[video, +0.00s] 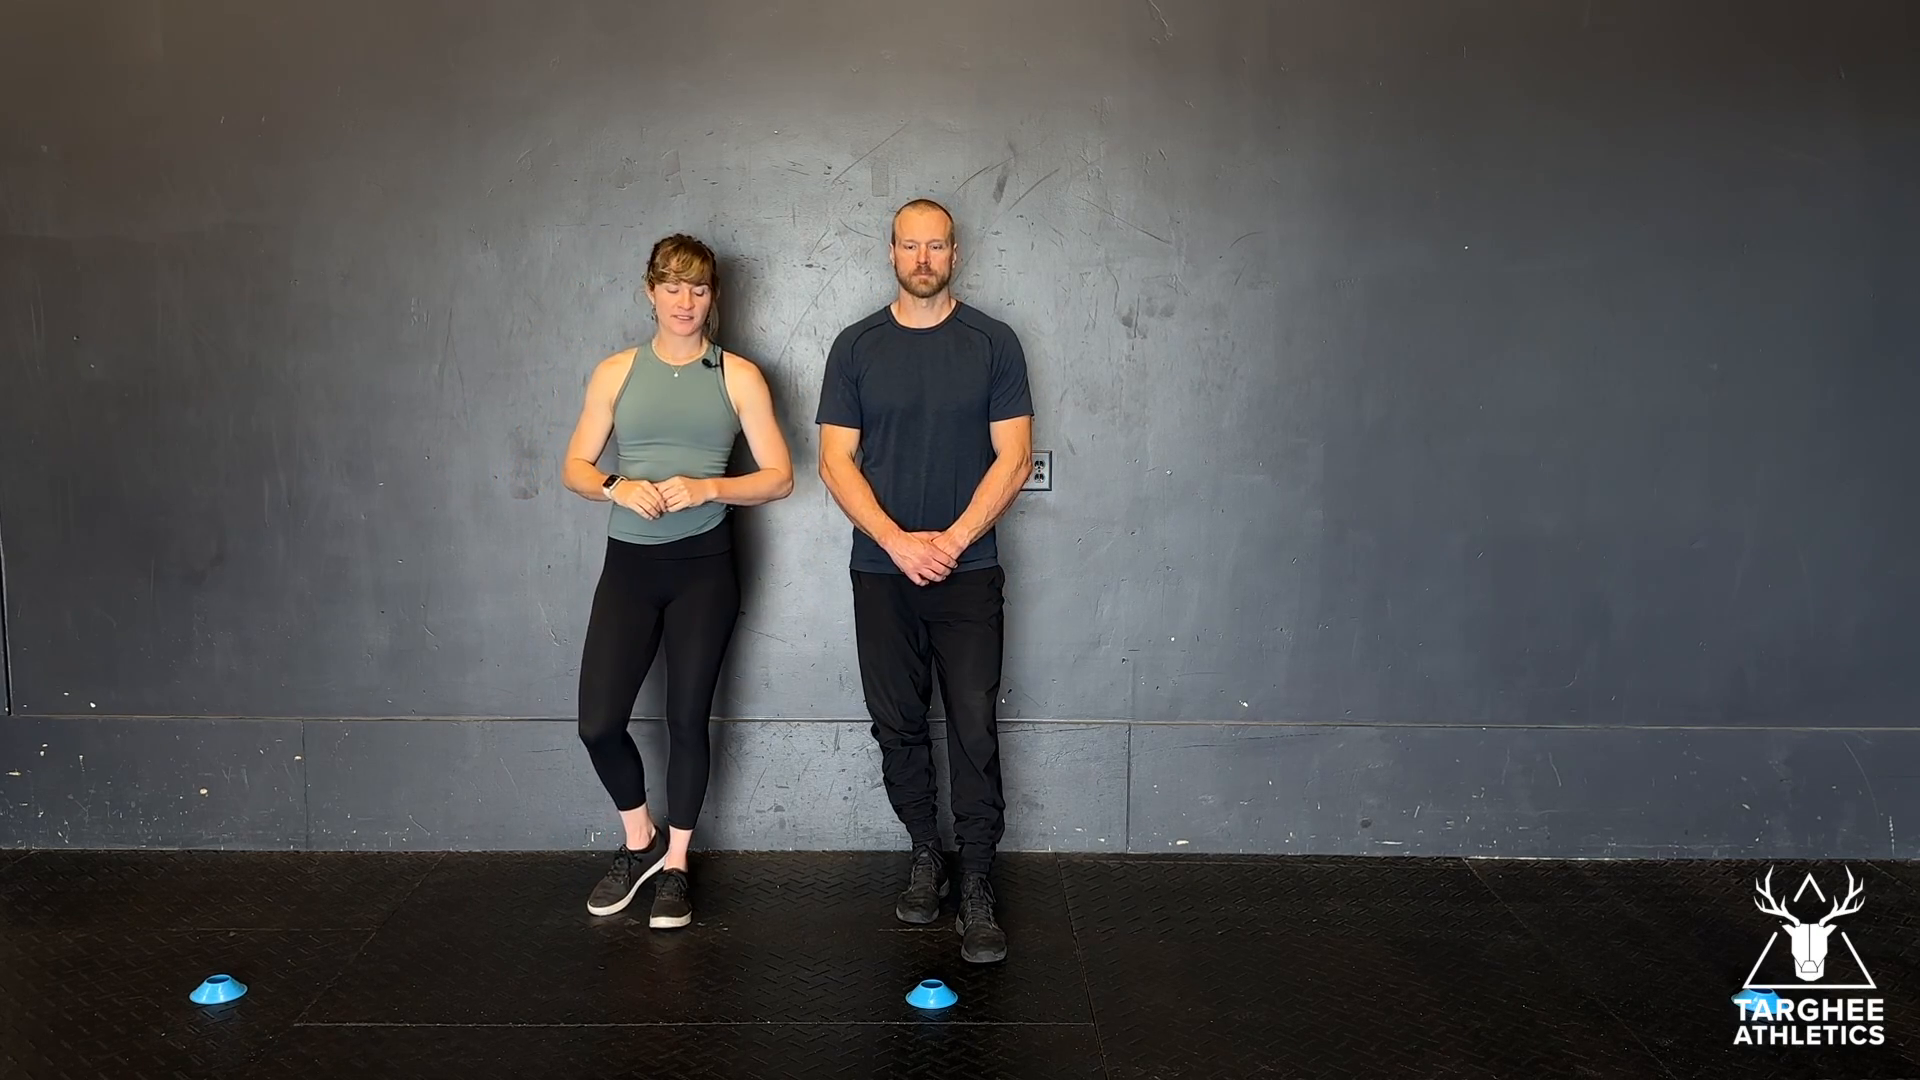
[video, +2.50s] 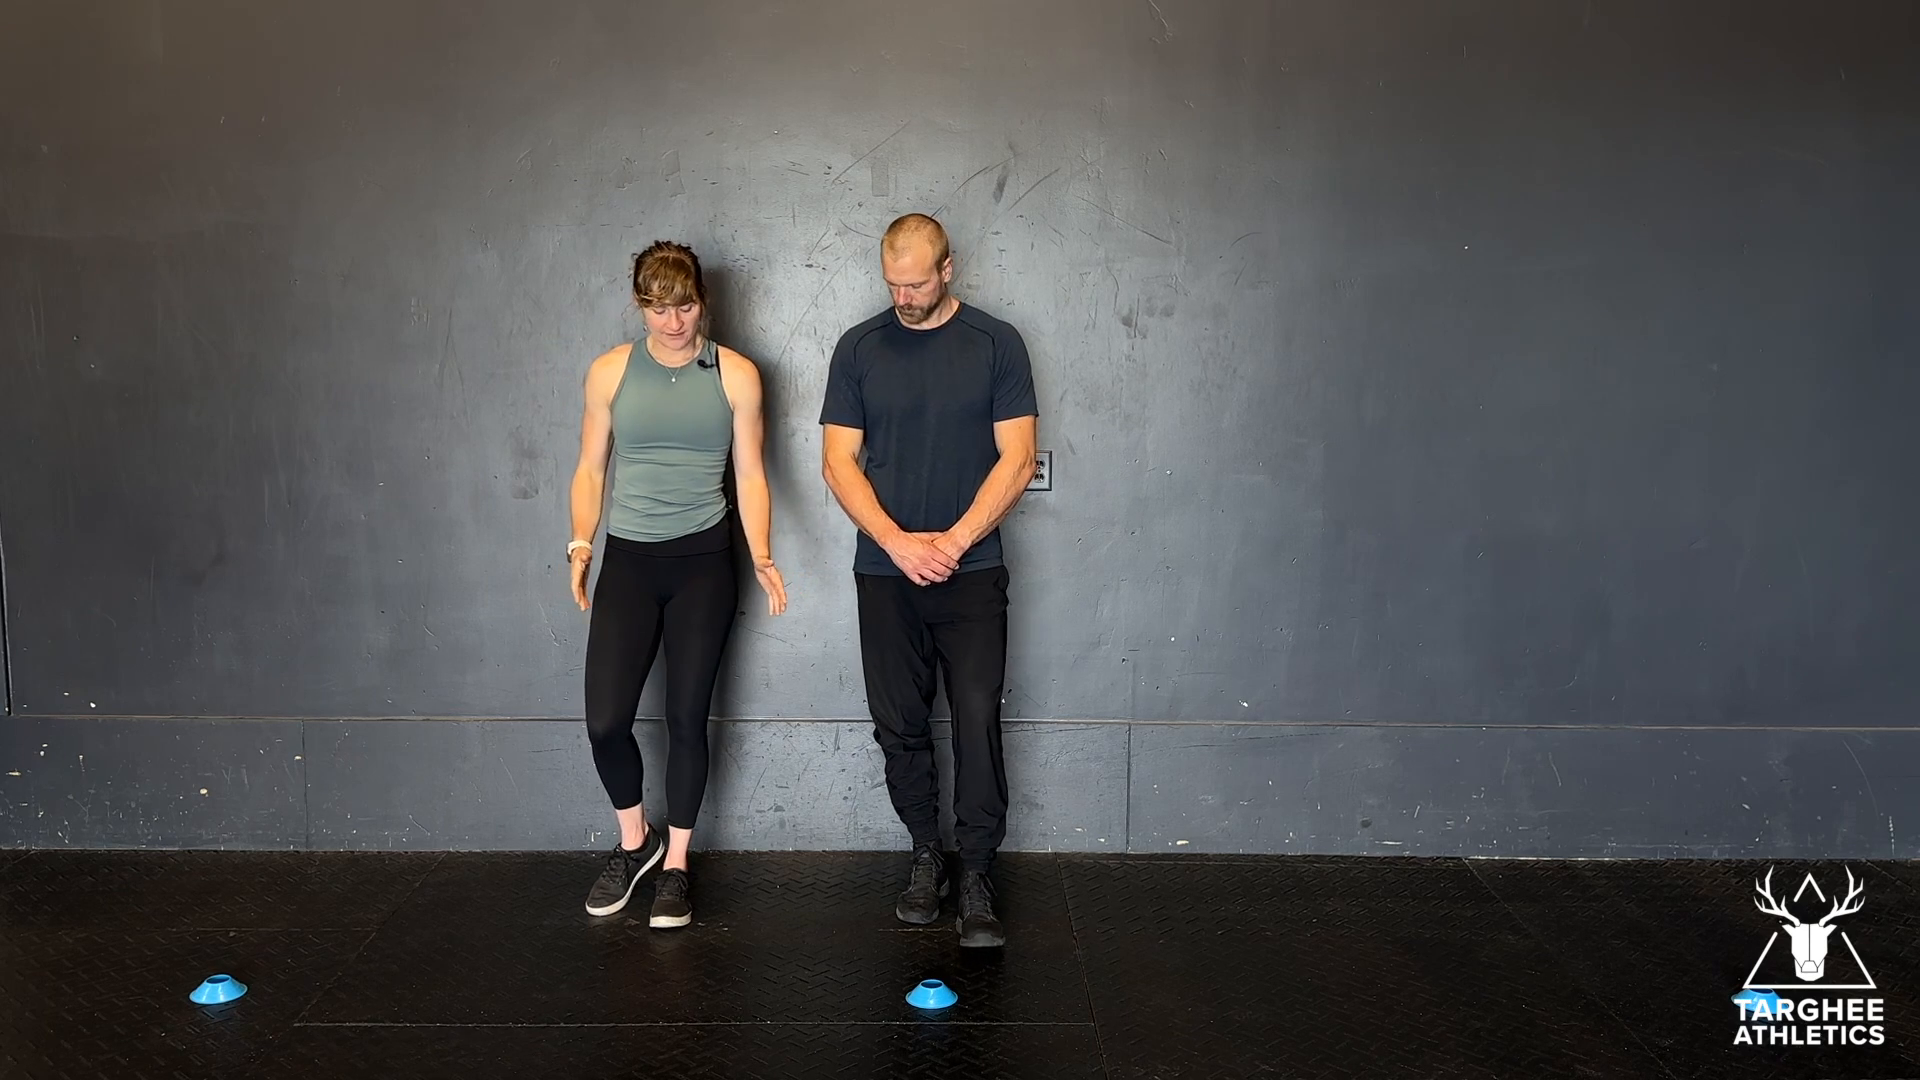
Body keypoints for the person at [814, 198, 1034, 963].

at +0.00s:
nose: (923, 256)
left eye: (936, 244)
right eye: (911, 244)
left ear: (953, 255)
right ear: (891, 253)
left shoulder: (992, 342)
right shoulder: (855, 347)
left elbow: (1015, 460)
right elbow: (835, 462)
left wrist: (950, 542)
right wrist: (894, 539)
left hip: (968, 568)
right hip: (883, 568)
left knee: (974, 729)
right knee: (899, 726)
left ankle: (978, 884)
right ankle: (930, 857)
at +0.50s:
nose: (925, 289)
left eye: (936, 276)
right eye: (911, 278)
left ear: (953, 265)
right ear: (892, 269)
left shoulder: (993, 343)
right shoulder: (856, 347)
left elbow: (1015, 462)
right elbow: (836, 465)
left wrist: (953, 541)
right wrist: (897, 540)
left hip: (968, 570)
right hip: (885, 571)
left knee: (974, 728)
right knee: (900, 726)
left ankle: (977, 882)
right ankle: (929, 857)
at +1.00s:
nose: (926, 297)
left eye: (936, 284)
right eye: (913, 287)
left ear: (951, 269)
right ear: (892, 275)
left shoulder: (993, 343)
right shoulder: (857, 347)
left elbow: (1017, 460)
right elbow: (837, 465)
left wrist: (953, 542)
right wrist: (896, 541)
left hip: (968, 571)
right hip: (885, 572)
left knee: (971, 731)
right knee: (899, 726)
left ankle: (977, 888)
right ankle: (928, 858)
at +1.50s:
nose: (936, 295)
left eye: (945, 281)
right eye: (922, 285)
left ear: (954, 267)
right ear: (893, 274)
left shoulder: (992, 343)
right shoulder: (856, 348)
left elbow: (1016, 460)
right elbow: (836, 464)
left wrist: (954, 541)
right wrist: (896, 541)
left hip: (968, 570)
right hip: (885, 571)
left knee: (972, 731)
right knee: (899, 726)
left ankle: (977, 884)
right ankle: (928, 856)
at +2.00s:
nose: (934, 295)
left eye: (945, 283)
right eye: (923, 283)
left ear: (957, 271)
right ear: (897, 270)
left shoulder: (993, 344)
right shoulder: (856, 348)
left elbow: (1016, 461)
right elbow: (837, 466)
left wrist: (955, 542)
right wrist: (898, 541)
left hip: (970, 568)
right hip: (886, 570)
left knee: (975, 718)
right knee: (900, 723)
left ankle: (977, 876)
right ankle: (927, 856)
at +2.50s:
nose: (905, 298)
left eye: (917, 286)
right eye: (895, 285)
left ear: (946, 270)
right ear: (882, 272)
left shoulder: (996, 344)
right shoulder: (859, 348)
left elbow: (1018, 462)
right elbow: (837, 462)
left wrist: (953, 541)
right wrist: (894, 539)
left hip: (971, 567)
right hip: (885, 567)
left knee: (977, 722)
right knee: (900, 723)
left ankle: (977, 875)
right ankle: (929, 856)